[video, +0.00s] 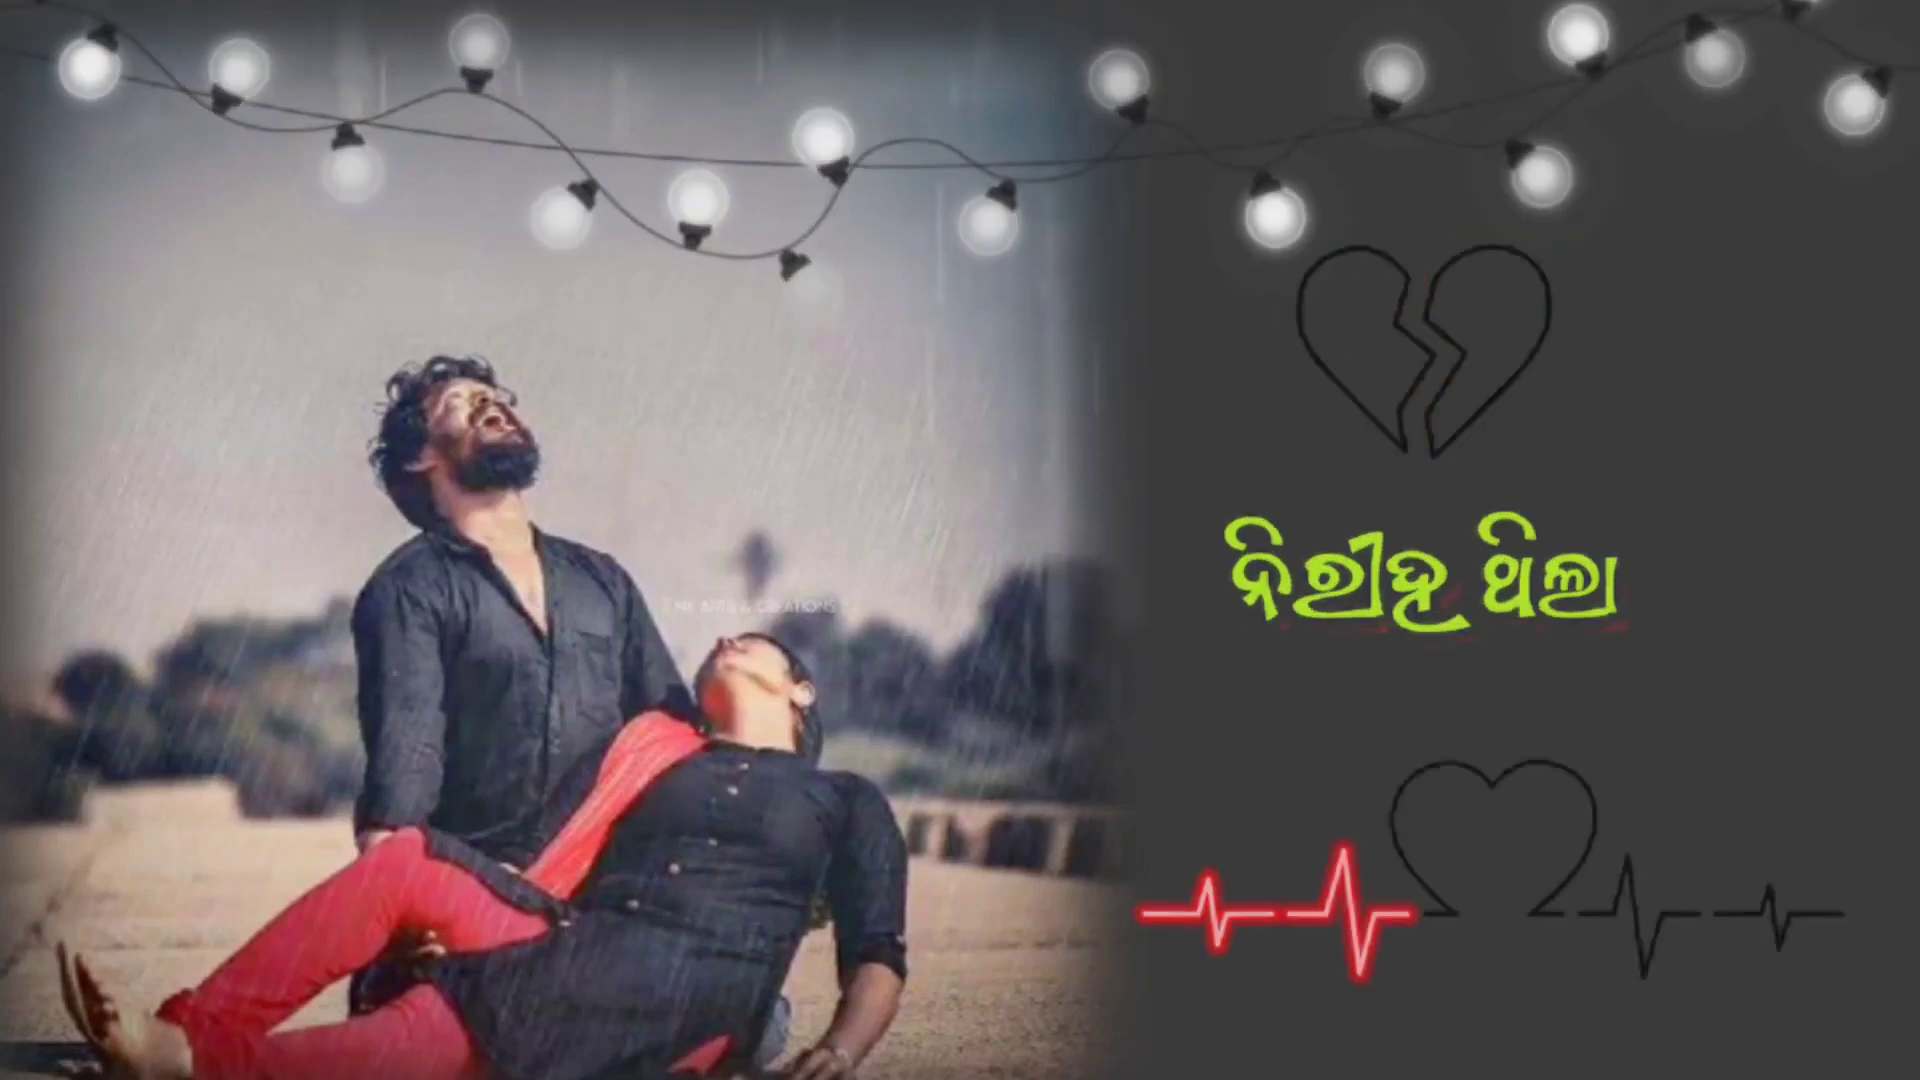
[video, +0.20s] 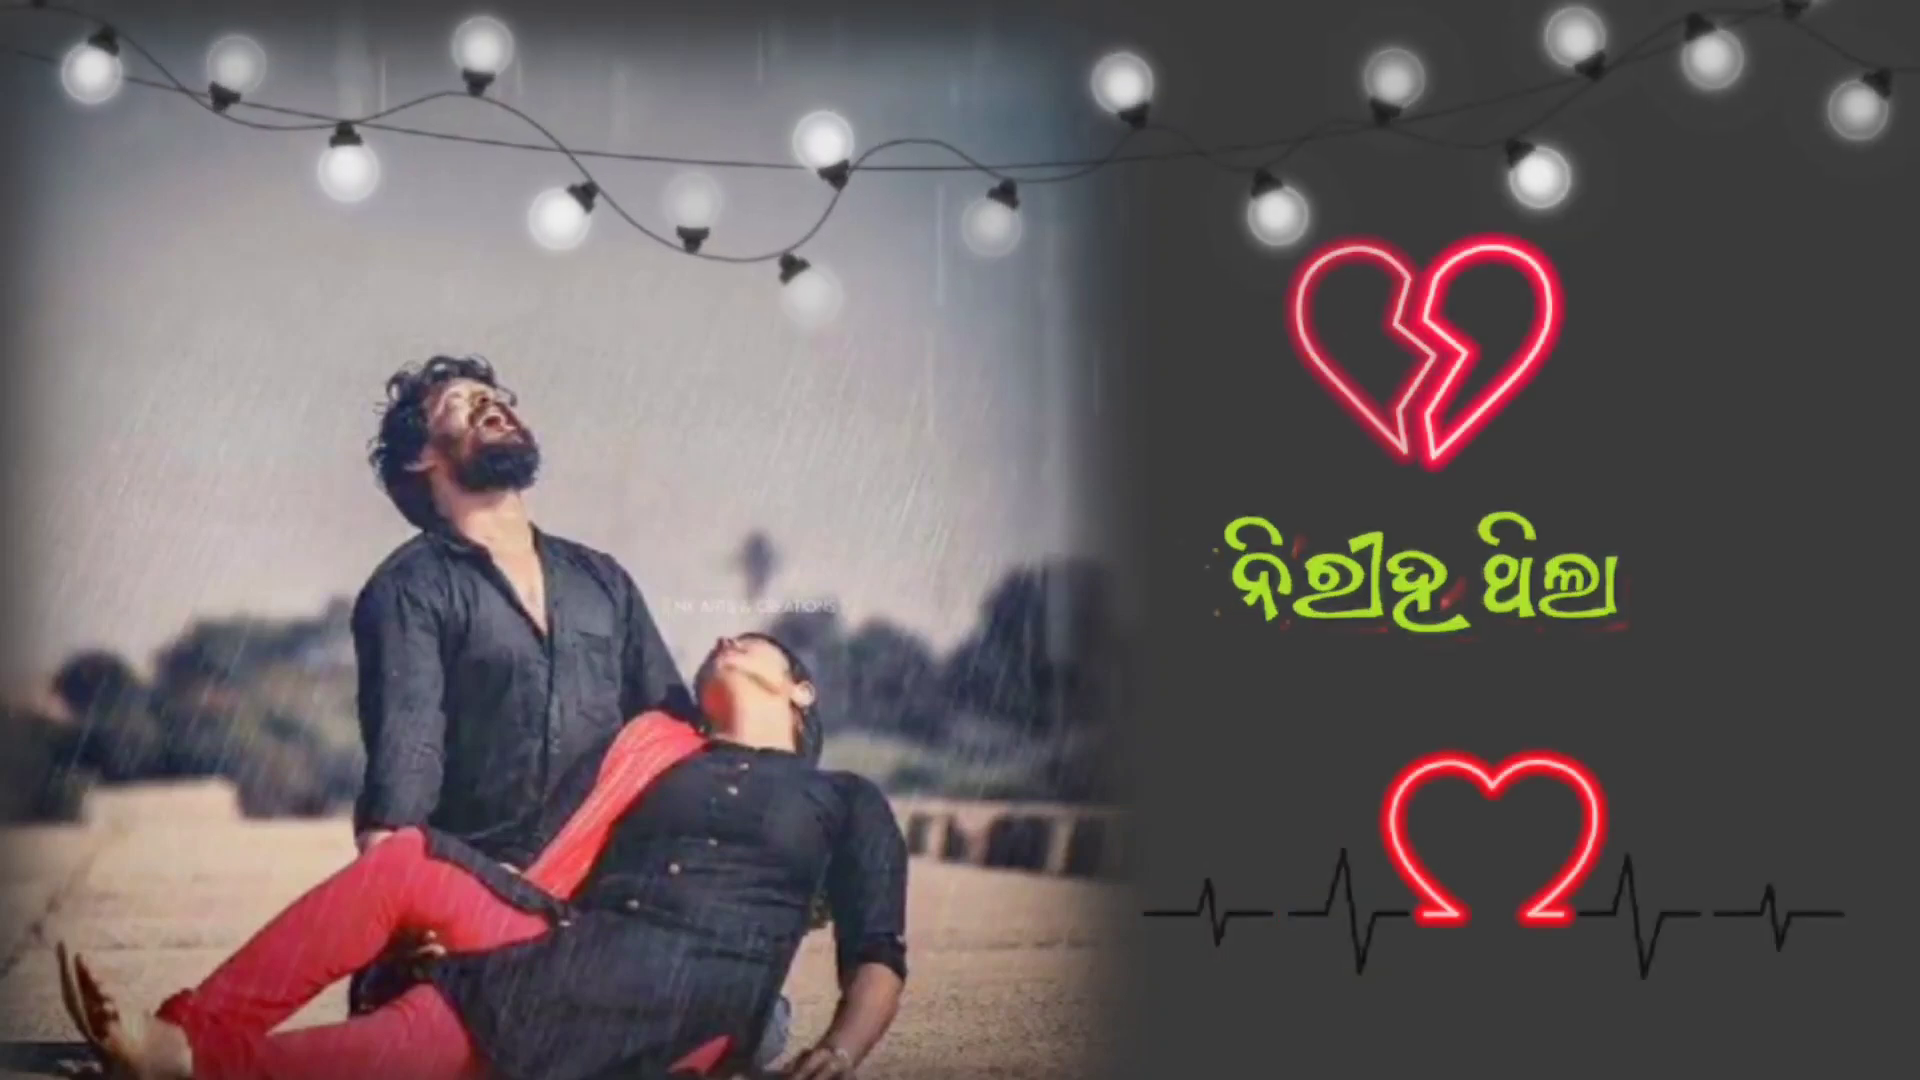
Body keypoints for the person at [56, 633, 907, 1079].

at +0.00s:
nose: (722, 662)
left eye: (749, 657)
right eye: (717, 661)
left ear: (799, 699)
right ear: (708, 699)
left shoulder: (843, 798)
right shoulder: (663, 757)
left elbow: (878, 967)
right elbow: (576, 894)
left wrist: (835, 1066)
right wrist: (456, 948)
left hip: (693, 981)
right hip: (588, 945)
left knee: (448, 1029)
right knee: (400, 860)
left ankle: (186, 1059)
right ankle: (178, 1040)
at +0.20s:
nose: (722, 660)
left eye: (749, 655)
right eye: (717, 659)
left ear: (799, 699)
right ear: (709, 699)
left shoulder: (843, 798)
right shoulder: (663, 756)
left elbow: (878, 967)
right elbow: (576, 893)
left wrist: (834, 1065)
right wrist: (458, 950)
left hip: (694, 981)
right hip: (590, 944)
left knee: (451, 1028)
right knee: (401, 861)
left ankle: (187, 1059)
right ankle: (177, 1040)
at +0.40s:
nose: (722, 660)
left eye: (749, 656)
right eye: (717, 659)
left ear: (799, 699)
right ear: (709, 699)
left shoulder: (843, 798)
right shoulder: (663, 756)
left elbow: (878, 967)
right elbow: (576, 893)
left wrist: (834, 1065)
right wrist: (458, 950)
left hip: (694, 981)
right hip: (589, 944)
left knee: (451, 1028)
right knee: (401, 861)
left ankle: (187, 1059)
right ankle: (177, 1040)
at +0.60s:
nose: (722, 660)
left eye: (749, 656)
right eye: (717, 659)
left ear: (799, 699)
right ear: (709, 699)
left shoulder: (843, 798)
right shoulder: (663, 755)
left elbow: (879, 968)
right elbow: (575, 892)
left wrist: (833, 1066)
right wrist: (458, 950)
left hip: (694, 981)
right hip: (589, 943)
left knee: (452, 1027)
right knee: (402, 861)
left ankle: (189, 1059)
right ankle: (178, 1040)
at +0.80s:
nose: (723, 662)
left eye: (749, 657)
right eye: (717, 661)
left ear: (799, 700)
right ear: (708, 699)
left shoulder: (843, 798)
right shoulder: (663, 757)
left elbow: (878, 967)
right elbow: (576, 894)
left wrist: (834, 1066)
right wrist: (456, 948)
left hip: (693, 981)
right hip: (588, 945)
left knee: (448, 1029)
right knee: (400, 860)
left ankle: (186, 1059)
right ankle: (178, 1040)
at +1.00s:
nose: (722, 660)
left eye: (749, 656)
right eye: (717, 659)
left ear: (799, 699)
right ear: (709, 699)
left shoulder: (843, 798)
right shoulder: (663, 756)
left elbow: (878, 967)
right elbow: (576, 893)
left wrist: (835, 1064)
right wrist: (458, 950)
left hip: (694, 981)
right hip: (590, 944)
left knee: (451, 1028)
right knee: (401, 861)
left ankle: (187, 1059)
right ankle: (177, 1040)